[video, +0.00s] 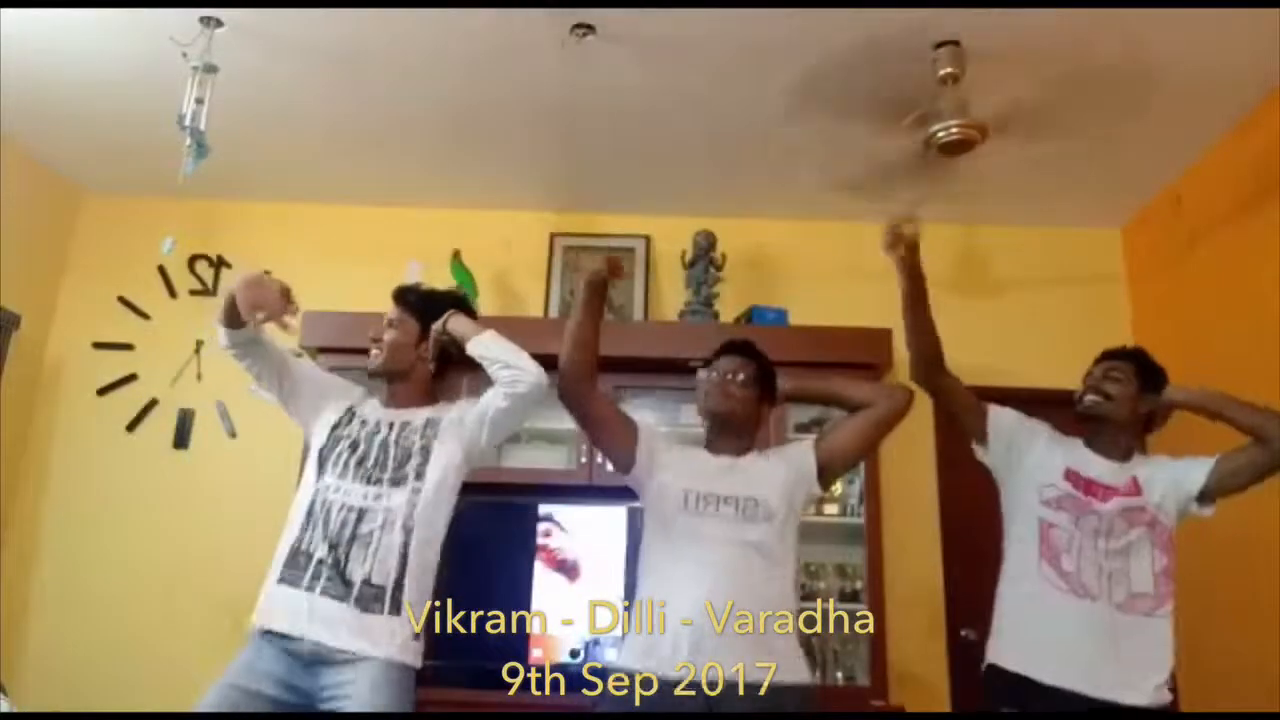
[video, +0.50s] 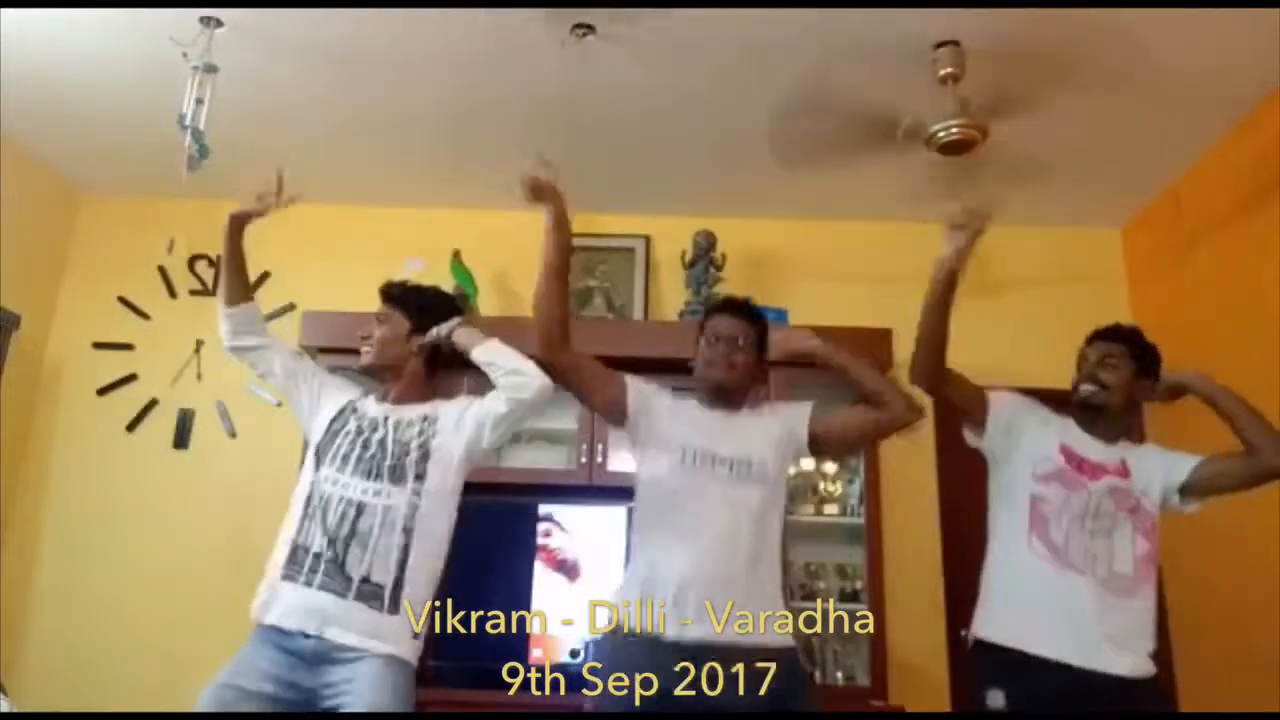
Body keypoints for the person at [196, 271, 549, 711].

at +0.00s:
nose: (378, 335)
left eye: (393, 326)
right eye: (383, 324)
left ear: (428, 347)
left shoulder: (461, 427)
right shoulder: (334, 403)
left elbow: (528, 384)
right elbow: (246, 345)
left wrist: (465, 328)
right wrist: (239, 296)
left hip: (371, 661)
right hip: (277, 644)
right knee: (209, 710)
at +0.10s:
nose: (379, 320)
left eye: (395, 313)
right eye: (385, 311)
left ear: (431, 338)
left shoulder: (465, 413)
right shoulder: (343, 386)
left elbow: (524, 372)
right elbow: (270, 330)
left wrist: (462, 321)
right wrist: (218, 268)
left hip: (367, 634)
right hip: (277, 618)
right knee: (215, 703)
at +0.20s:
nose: (381, 312)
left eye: (398, 305)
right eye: (386, 302)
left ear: (434, 328)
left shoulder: (468, 405)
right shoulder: (347, 375)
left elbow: (526, 368)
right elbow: (276, 320)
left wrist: (463, 318)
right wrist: (208, 255)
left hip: (363, 604)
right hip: (276, 584)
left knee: (364, 704)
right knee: (223, 699)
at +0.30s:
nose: (378, 321)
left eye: (394, 312)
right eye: (384, 310)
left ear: (431, 333)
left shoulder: (464, 410)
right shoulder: (349, 384)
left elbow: (526, 369)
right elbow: (264, 317)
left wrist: (462, 318)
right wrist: (180, 215)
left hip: (361, 605)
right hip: (276, 582)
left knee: (355, 703)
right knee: (217, 700)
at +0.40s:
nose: (375, 326)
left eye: (390, 318)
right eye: (381, 315)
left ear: (427, 339)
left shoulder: (460, 419)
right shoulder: (342, 389)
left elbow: (527, 371)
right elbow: (249, 317)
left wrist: (461, 321)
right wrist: (204, 211)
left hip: (360, 642)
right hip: (271, 623)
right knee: (210, 700)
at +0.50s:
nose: (366, 332)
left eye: (382, 322)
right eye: (372, 320)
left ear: (423, 341)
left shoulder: (458, 424)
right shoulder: (330, 398)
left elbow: (531, 385)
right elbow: (246, 337)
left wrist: (461, 333)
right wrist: (233, 231)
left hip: (373, 654)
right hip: (280, 638)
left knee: (376, 704)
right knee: (214, 704)